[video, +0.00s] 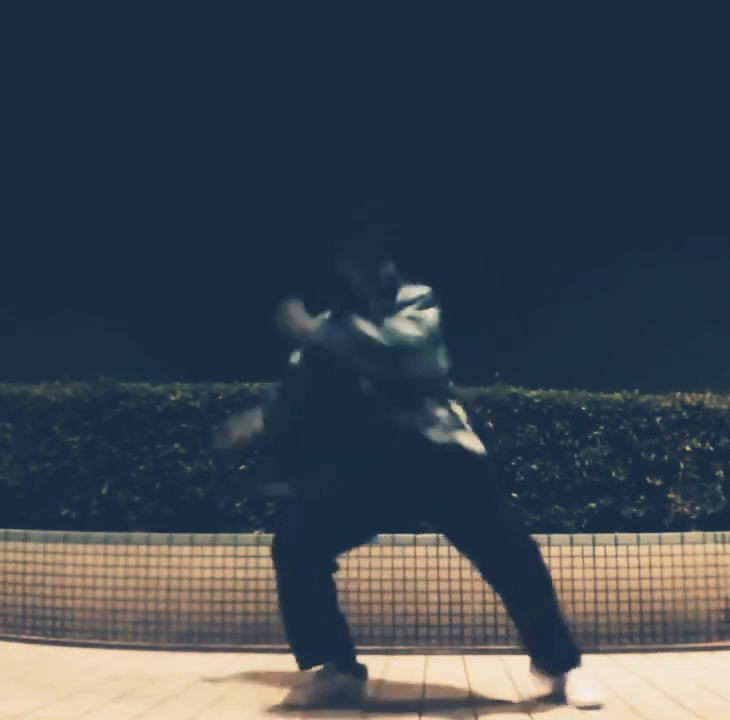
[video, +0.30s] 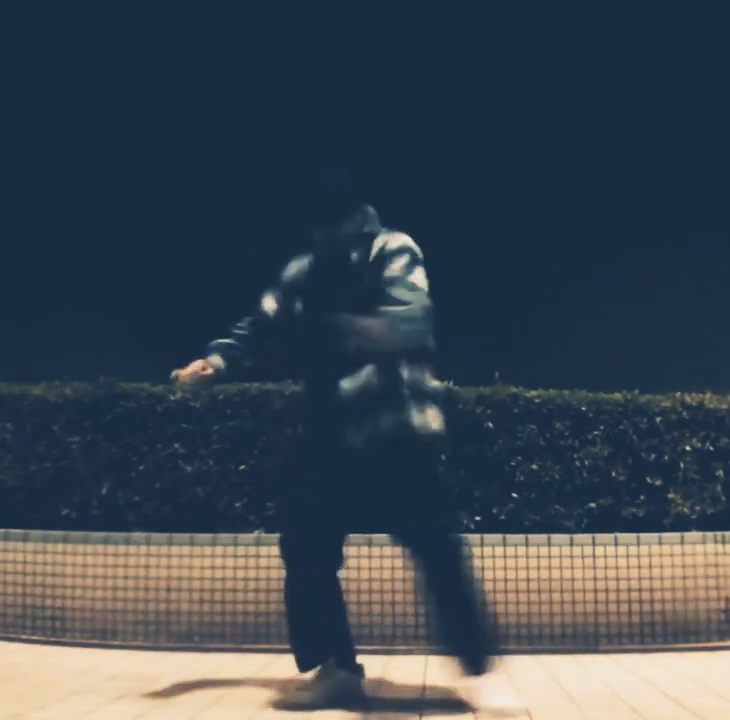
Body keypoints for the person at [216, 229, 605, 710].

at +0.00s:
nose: (365, 274)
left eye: (373, 263)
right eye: (353, 266)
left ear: (389, 264)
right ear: (341, 274)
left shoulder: (419, 302)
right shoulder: (331, 326)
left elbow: (396, 346)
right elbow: (295, 389)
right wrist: (255, 420)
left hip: (444, 462)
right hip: (363, 468)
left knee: (506, 547)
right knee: (295, 547)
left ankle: (563, 669)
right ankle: (335, 670)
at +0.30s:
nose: (331, 233)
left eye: (339, 221)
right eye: (321, 224)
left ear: (359, 216)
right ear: (309, 226)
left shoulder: (394, 250)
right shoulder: (305, 268)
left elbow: (414, 322)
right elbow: (262, 321)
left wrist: (354, 329)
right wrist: (217, 359)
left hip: (402, 430)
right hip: (331, 436)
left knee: (433, 540)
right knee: (306, 544)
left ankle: (478, 661)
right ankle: (335, 668)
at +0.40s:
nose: (324, 228)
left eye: (333, 217)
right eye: (313, 219)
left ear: (354, 210)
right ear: (299, 219)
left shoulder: (395, 254)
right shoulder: (283, 257)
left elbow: (455, 288)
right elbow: (242, 309)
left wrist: (502, 305)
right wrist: (229, 340)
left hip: (367, 425)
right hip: (300, 428)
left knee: (352, 536)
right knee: (300, 540)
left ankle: (352, 664)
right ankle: (317, 666)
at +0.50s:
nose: (314, 229)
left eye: (322, 217)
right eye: (305, 221)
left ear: (344, 210)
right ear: (295, 218)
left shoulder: (395, 252)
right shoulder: (278, 253)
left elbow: (470, 278)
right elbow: (231, 309)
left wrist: (535, 290)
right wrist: (264, 328)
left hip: (357, 423)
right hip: (292, 419)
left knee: (298, 533)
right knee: (295, 535)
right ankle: (332, 666)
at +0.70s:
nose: (301, 219)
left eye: (311, 207)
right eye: (292, 208)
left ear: (333, 209)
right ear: (277, 211)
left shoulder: (370, 260)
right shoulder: (257, 264)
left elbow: (432, 302)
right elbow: (236, 326)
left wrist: (479, 321)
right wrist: (307, 306)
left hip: (333, 428)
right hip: (258, 425)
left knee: (254, 537)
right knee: (256, 540)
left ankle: (185, 668)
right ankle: (322, 664)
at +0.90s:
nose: (313, 207)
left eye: (323, 196)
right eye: (303, 196)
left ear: (339, 200)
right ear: (285, 198)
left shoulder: (359, 251)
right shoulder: (252, 250)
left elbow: (380, 291)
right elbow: (177, 293)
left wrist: (305, 289)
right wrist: (212, 335)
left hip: (343, 422)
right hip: (271, 421)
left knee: (352, 547)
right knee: (276, 551)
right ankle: (278, 669)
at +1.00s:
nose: (314, 216)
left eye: (324, 205)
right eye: (304, 205)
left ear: (340, 207)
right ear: (286, 205)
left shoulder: (364, 265)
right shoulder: (248, 262)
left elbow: (353, 341)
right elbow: (192, 324)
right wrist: (228, 369)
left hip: (340, 424)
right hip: (261, 423)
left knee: (390, 525)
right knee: (231, 518)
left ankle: (406, 655)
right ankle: (243, 643)